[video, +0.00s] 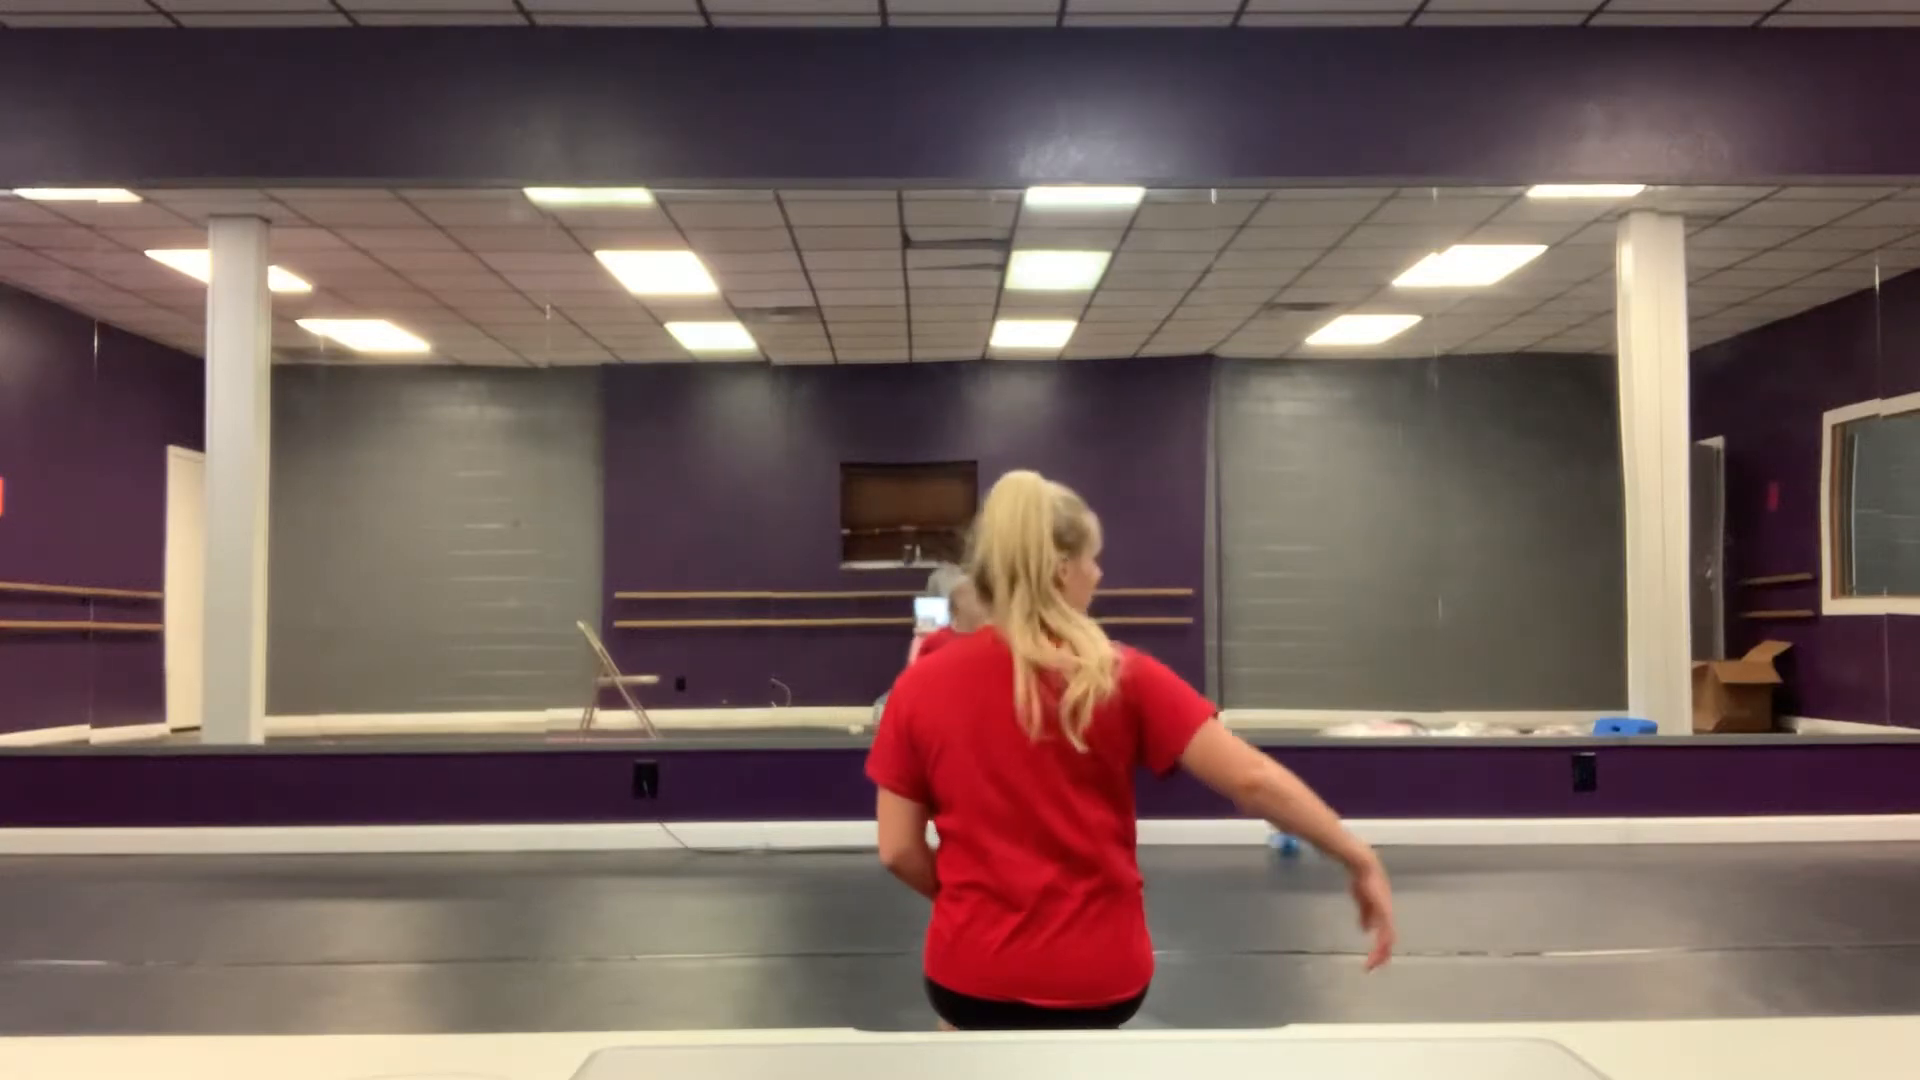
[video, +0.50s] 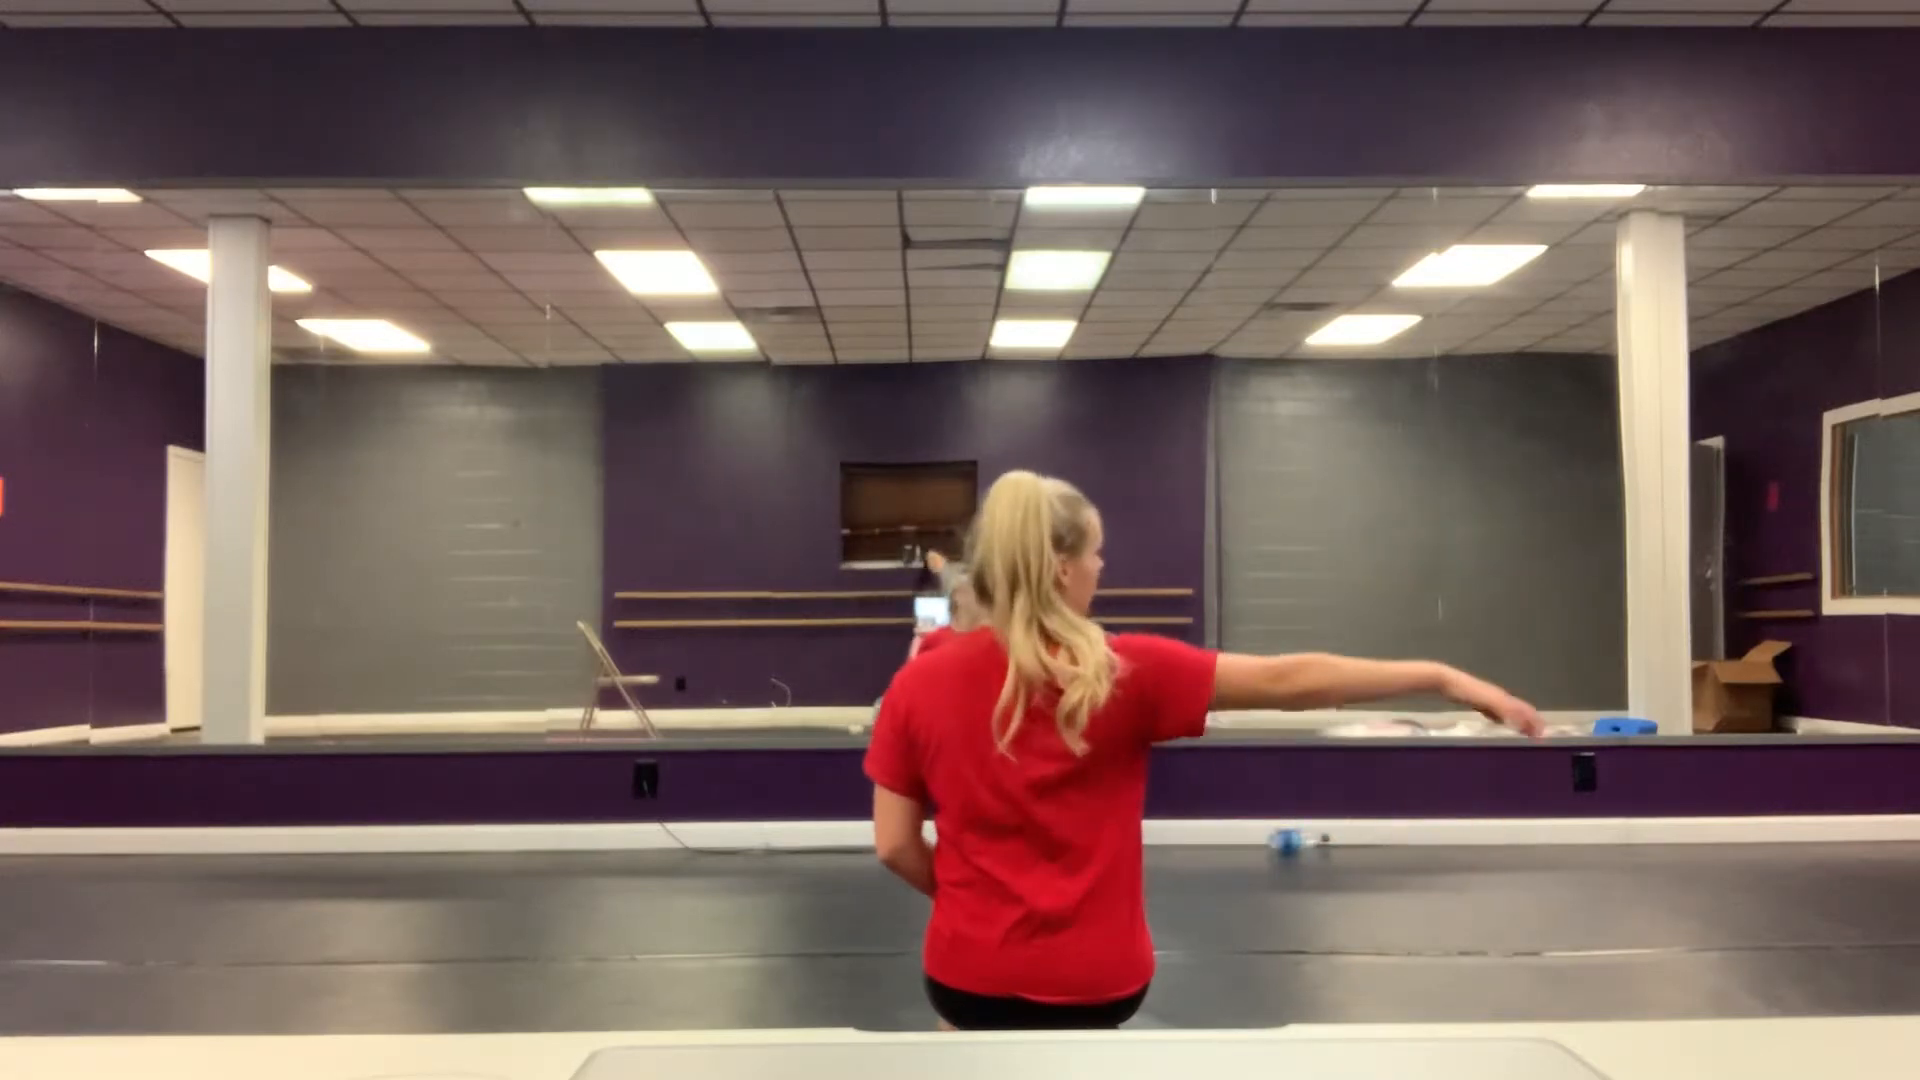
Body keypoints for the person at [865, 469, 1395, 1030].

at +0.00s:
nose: (1099, 575)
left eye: (1097, 559)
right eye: (1093, 559)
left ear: (993, 565)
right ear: (1062, 568)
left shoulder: (924, 683)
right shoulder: (1121, 675)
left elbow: (897, 850)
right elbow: (1249, 777)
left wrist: (966, 893)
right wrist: (1359, 858)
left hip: (971, 976)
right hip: (1103, 978)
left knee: (960, 1034)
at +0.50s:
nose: (1100, 572)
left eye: (1098, 554)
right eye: (1093, 556)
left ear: (998, 562)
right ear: (1061, 563)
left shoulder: (924, 673)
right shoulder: (1124, 667)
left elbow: (894, 845)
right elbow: (1290, 679)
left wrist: (964, 895)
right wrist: (1446, 677)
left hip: (966, 966)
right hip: (1100, 971)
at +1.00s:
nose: (966, 567)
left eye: (966, 558)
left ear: (983, 563)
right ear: (1071, 556)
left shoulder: (938, 681)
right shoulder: (1118, 658)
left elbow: (911, 853)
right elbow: (1161, 614)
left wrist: (971, 893)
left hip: (982, 979)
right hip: (1112, 977)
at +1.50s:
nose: (945, 592)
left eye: (955, 573)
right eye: (946, 574)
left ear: (1007, 574)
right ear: (1009, 572)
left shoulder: (962, 685)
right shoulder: (1131, 660)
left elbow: (925, 855)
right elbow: (1033, 694)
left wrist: (979, 890)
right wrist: (879, 731)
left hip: (993, 977)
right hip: (1119, 974)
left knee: (965, 1022)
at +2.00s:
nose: (946, 622)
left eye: (946, 600)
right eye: (939, 605)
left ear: (995, 574)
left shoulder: (965, 680)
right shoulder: (1135, 661)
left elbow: (927, 853)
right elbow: (1086, 820)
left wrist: (984, 894)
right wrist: (964, 902)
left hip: (995, 977)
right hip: (1120, 977)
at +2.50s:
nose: (979, 448)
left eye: (983, 438)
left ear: (995, 450)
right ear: (1075, 441)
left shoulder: (941, 566)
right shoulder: (1121, 532)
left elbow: (924, 724)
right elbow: (1092, 448)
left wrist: (968, 790)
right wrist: (975, 448)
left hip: (987, 815)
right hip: (1101, 813)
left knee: (985, 981)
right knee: (1073, 980)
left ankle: (1002, 1040)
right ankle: (1093, 1040)